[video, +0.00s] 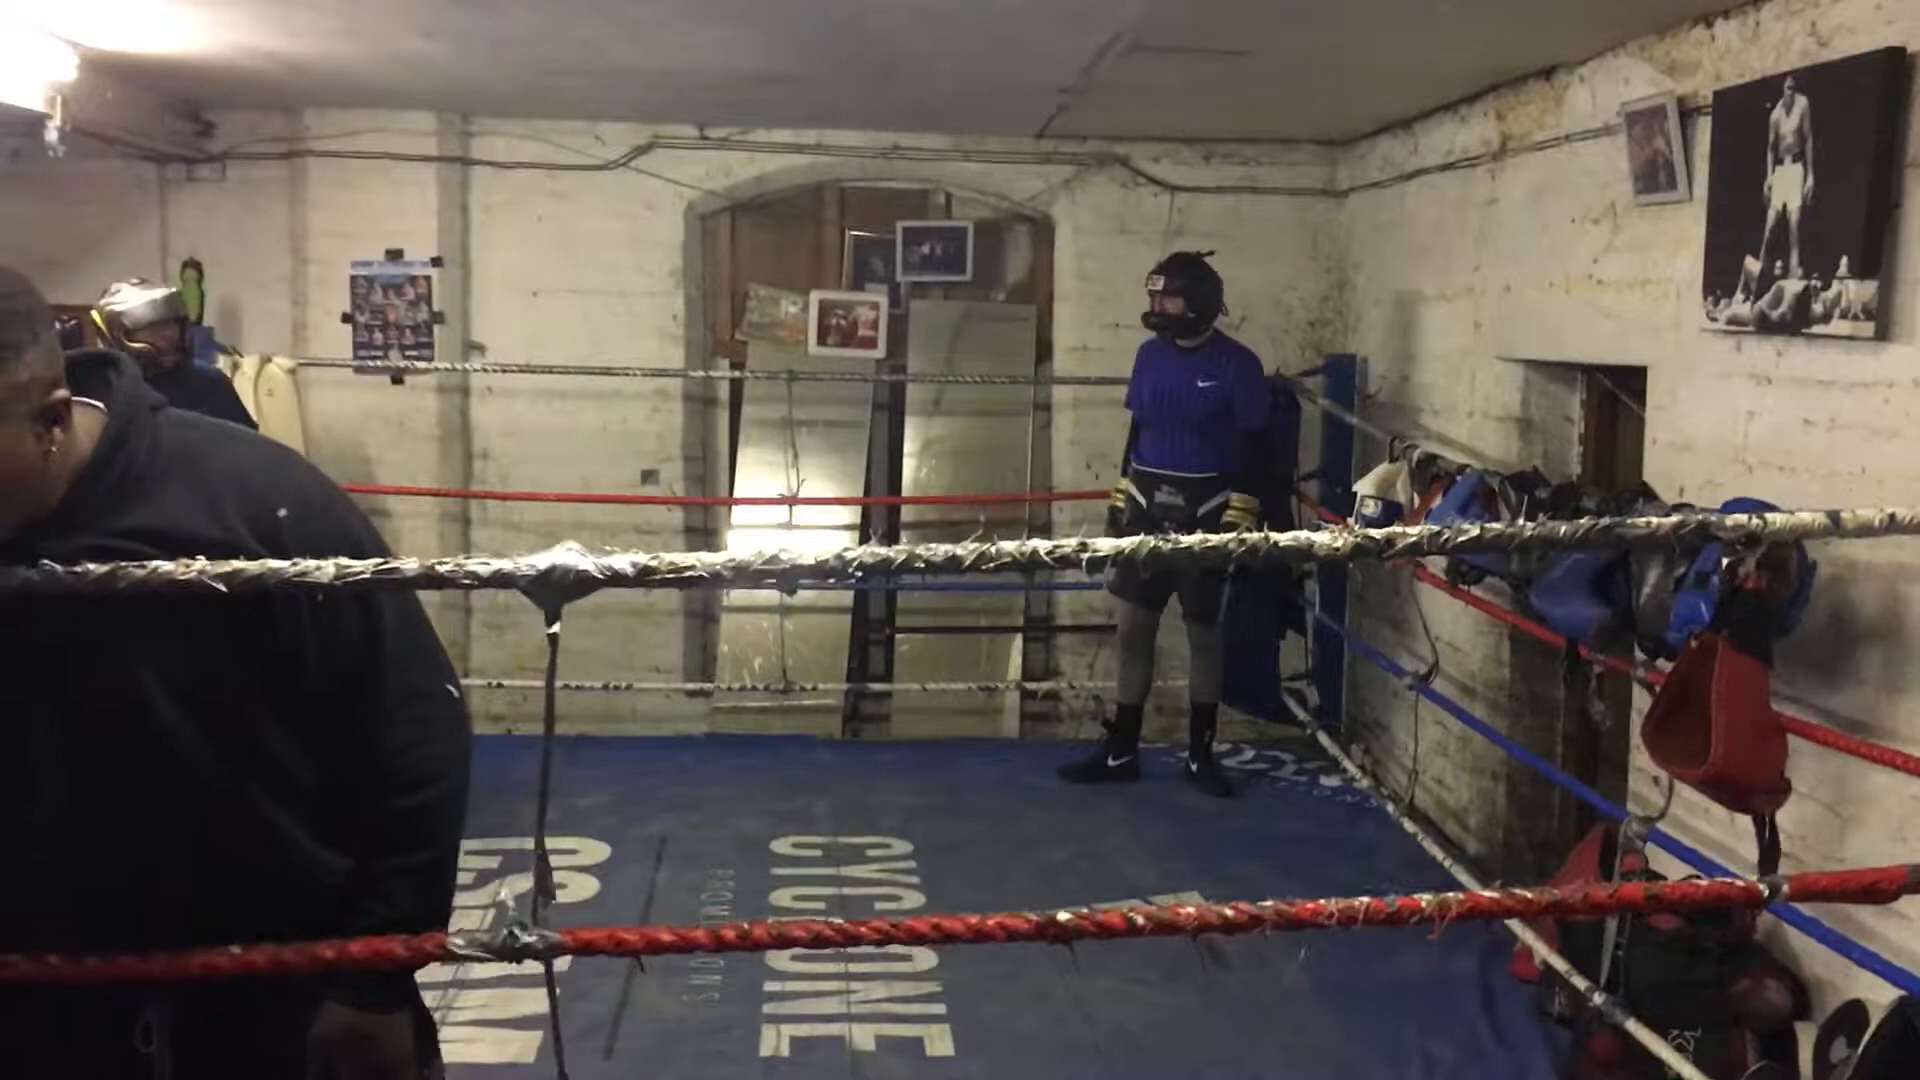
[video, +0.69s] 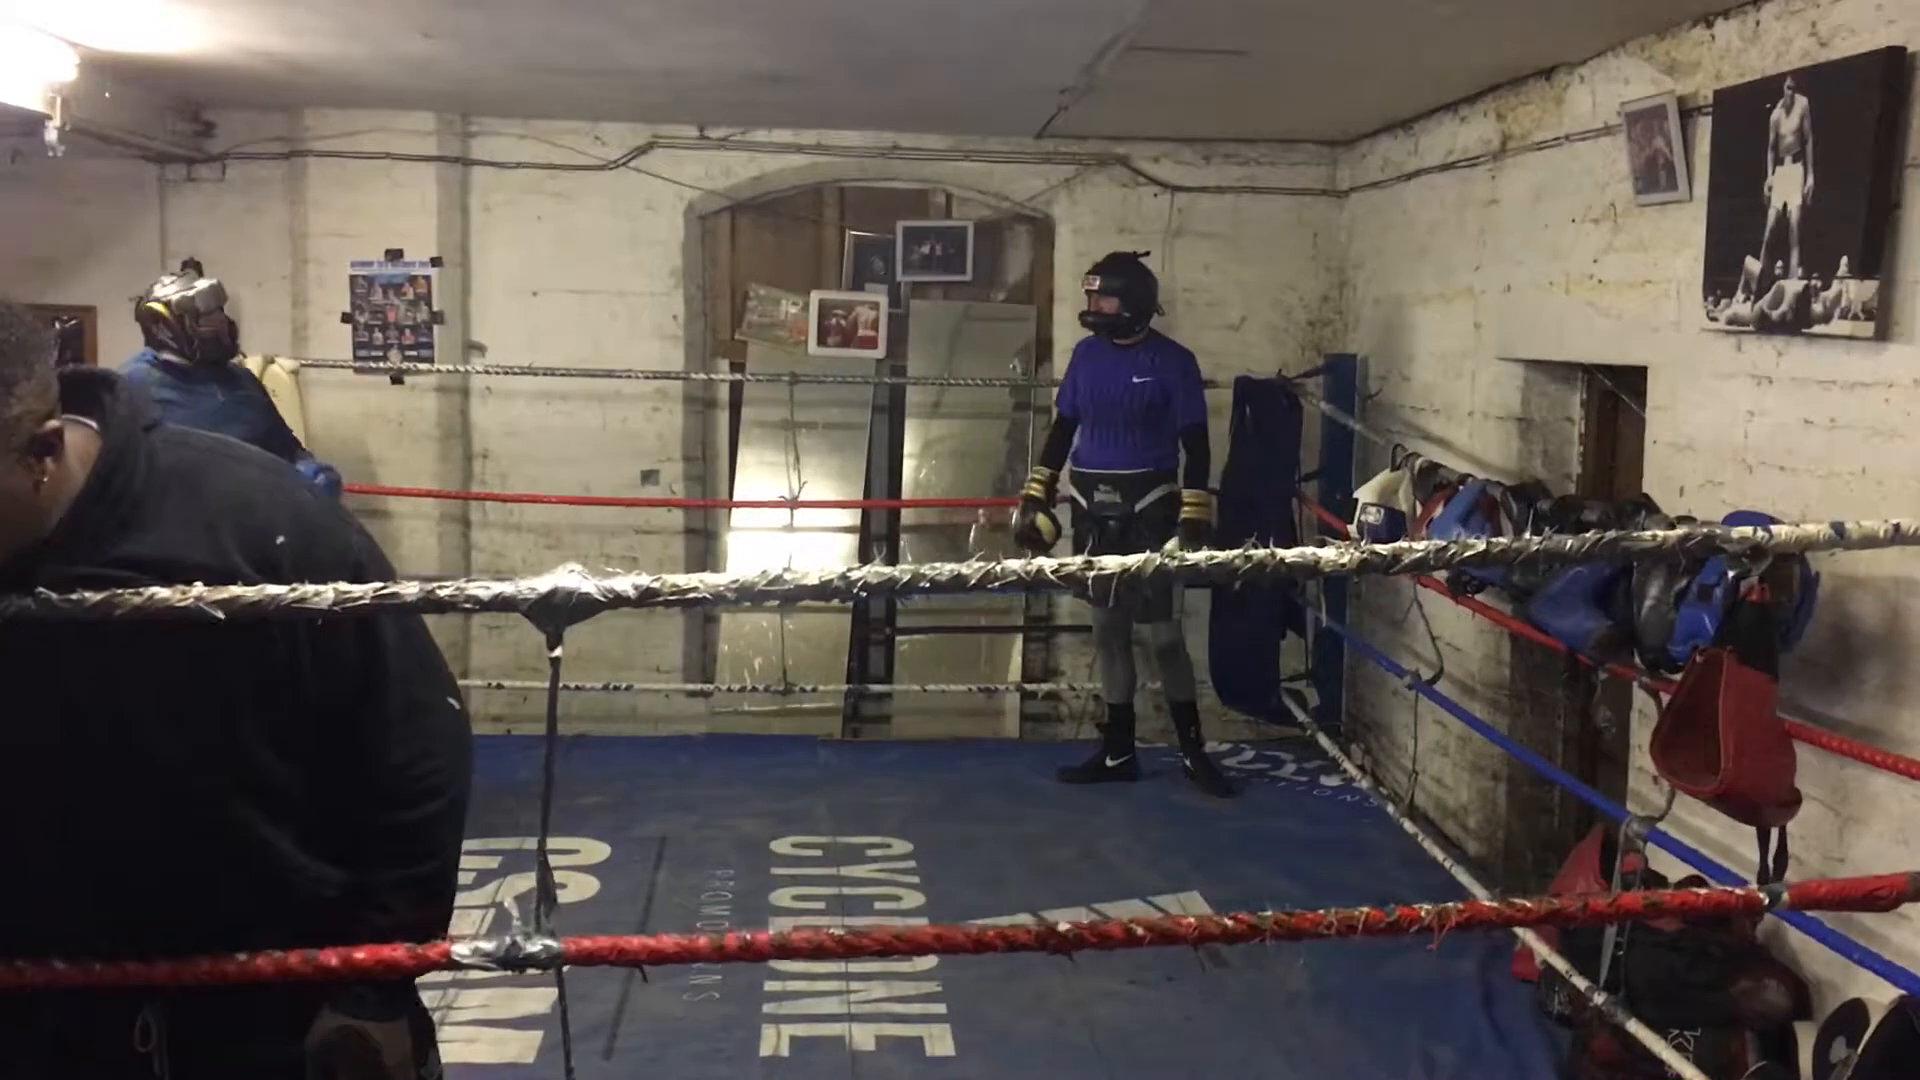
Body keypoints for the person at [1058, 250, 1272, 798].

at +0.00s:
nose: (1157, 304)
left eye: (1168, 295)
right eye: (1154, 295)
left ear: (1199, 301)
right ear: (1154, 300)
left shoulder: (1239, 364)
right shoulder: (1150, 355)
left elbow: (1254, 448)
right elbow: (1138, 431)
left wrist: (1243, 511)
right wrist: (1122, 495)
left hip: (1211, 509)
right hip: (1146, 503)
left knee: (1203, 633)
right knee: (1133, 630)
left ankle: (1201, 755)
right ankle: (1121, 750)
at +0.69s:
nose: (1093, 304)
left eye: (1105, 294)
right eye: (1091, 293)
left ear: (1134, 301)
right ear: (1093, 299)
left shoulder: (1173, 361)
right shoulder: (1085, 355)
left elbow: (1196, 445)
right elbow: (1062, 428)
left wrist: (1195, 519)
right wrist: (1036, 495)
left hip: (1153, 509)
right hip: (1094, 507)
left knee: (1163, 635)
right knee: (1108, 632)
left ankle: (1194, 754)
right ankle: (1117, 752)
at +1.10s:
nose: (1067, 312)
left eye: (1078, 303)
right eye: (1064, 302)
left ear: (1109, 307)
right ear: (1065, 306)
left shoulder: (1152, 363)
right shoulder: (1068, 360)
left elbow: (1179, 448)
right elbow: (1055, 436)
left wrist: (1176, 526)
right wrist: (1038, 503)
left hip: (1134, 504)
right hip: (1080, 505)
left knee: (1116, 627)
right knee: (1101, 628)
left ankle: (1110, 754)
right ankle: (1118, 747)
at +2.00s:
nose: (1061, 304)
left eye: (1072, 296)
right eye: (1060, 295)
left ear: (1103, 306)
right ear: (1067, 300)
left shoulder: (1138, 370)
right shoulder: (1060, 354)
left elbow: (1152, 457)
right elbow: (1040, 428)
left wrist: (1141, 531)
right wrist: (1007, 493)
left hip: (1104, 508)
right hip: (1047, 502)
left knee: (1094, 635)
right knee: (1014, 628)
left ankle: (1095, 777)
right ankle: (1081, 678)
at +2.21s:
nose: (1043, 307)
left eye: (1054, 297)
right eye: (1042, 296)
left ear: (1083, 302)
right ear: (1048, 301)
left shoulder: (1125, 367)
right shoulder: (1048, 353)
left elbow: (1141, 454)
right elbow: (1032, 429)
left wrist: (1133, 525)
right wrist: (1000, 495)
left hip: (1096, 505)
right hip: (1038, 500)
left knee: (1093, 630)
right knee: (994, 621)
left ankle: (1096, 771)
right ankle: (1034, 729)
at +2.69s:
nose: (994, 298)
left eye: (1005, 289)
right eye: (993, 289)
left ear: (1033, 295)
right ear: (998, 296)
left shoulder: (1067, 358)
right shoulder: (991, 358)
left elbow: (1078, 448)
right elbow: (978, 434)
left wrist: (1052, 518)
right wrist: (956, 504)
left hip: (1045, 514)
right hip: (992, 511)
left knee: (1063, 632)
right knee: (1007, 634)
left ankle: (1088, 769)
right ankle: (1018, 758)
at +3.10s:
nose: (952, 301)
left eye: (964, 291)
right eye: (949, 291)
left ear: (991, 298)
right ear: (948, 297)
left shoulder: (1026, 356)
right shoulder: (945, 356)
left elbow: (1049, 441)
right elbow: (933, 432)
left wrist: (1030, 516)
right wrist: (911, 503)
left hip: (1007, 502)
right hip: (954, 501)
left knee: (976, 628)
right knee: (978, 631)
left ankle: (1033, 714)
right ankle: (1013, 752)